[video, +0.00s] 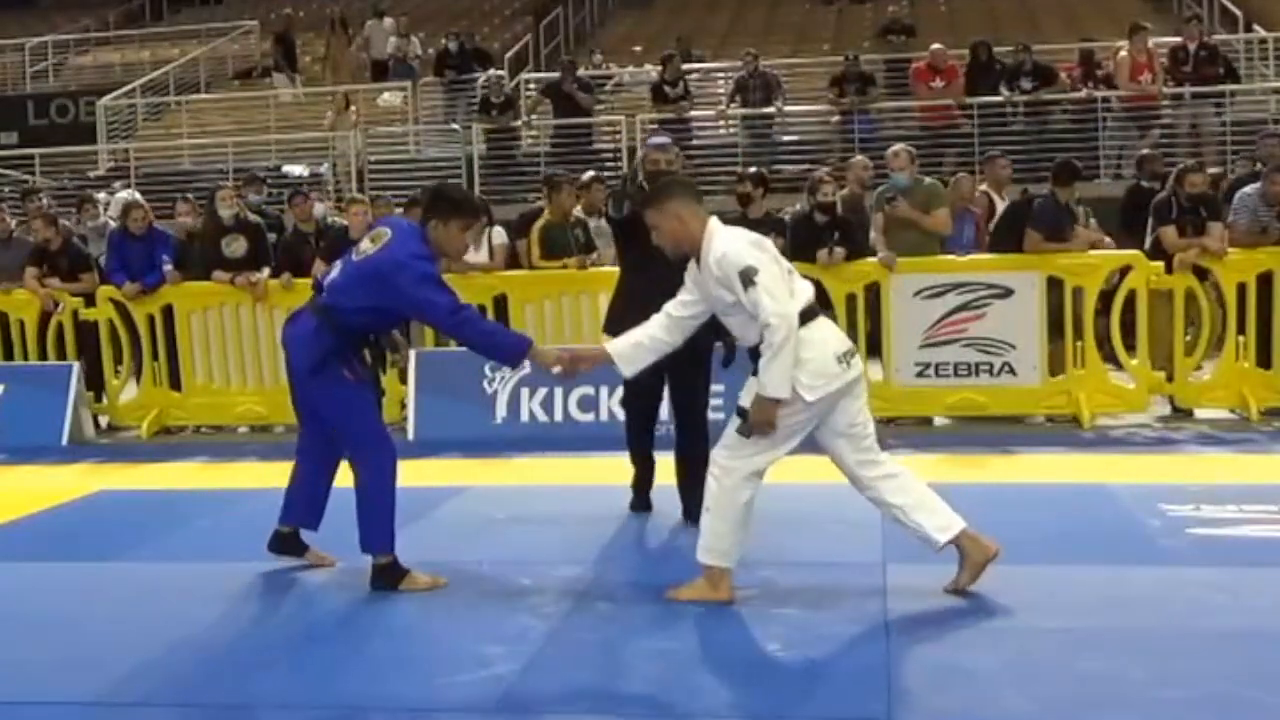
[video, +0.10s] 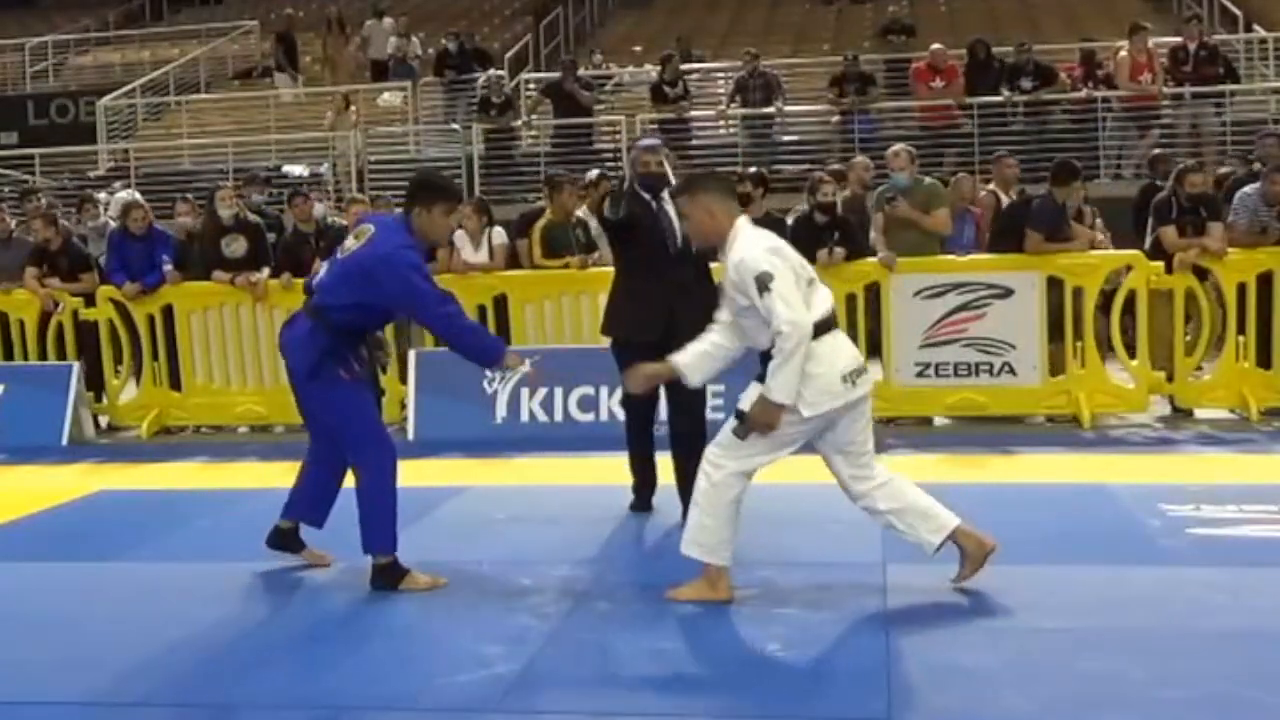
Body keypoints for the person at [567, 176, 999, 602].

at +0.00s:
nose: (657, 237)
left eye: (657, 226)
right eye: (653, 229)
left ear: (683, 215)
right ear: (684, 218)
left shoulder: (733, 248)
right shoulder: (706, 265)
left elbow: (781, 318)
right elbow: (670, 324)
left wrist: (768, 395)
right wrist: (601, 354)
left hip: (806, 364)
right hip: (833, 355)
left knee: (731, 464)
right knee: (868, 466)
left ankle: (715, 577)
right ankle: (969, 542)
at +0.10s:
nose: (687, 231)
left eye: (688, 219)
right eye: (684, 221)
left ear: (711, 212)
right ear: (715, 211)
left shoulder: (751, 254)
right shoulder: (745, 253)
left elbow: (793, 326)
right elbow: (729, 334)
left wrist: (772, 399)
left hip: (812, 377)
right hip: (843, 368)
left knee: (722, 462)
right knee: (863, 478)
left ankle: (714, 578)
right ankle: (967, 541)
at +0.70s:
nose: (919, 127)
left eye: (924, 116)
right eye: (919, 116)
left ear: (951, 117)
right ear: (968, 117)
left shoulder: (953, 180)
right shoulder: (1020, 169)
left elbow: (979, 261)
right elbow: (1057, 245)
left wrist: (975, 341)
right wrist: (1051, 311)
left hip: (1004, 317)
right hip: (1044, 307)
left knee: (1013, 440)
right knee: (1043, 431)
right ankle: (1086, 544)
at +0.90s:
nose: (966, 131)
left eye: (974, 121)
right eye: (969, 120)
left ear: (999, 127)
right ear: (1015, 128)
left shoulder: (1010, 192)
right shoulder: (1054, 179)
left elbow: (1039, 280)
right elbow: (1094, 259)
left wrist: (1049, 360)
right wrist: (1095, 332)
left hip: (1042, 342)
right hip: (1083, 335)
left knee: (1056, 457)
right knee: (1107, 441)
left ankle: (1119, 572)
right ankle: (1173, 551)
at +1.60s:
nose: (1005, 143)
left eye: (1011, 132)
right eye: (1006, 132)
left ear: (1039, 135)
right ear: (1056, 135)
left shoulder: (1055, 198)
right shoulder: (1092, 190)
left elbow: (1068, 292)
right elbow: (1119, 284)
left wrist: (1047, 374)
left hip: (1085, 363)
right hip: (1115, 358)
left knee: (1062, 481)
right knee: (1103, 475)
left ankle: (1125, 594)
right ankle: (1151, 583)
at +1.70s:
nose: (994, 131)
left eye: (1000, 120)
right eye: (996, 120)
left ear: (1028, 124)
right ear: (1045, 124)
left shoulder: (1047, 186)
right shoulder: (1080, 179)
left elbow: (1075, 276)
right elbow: (1118, 265)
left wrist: (1059, 359)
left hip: (1082, 353)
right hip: (1110, 351)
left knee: (1044, 469)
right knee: (1102, 462)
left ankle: (1118, 576)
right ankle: (1146, 573)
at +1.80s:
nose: (981, 124)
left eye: (985, 112)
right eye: (981, 113)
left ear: (1012, 112)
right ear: (1032, 112)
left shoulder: (1036, 167)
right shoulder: (1070, 163)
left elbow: (1078, 248)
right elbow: (1115, 248)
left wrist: (1060, 328)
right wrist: (1092, 310)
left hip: (1071, 330)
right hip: (1103, 326)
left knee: (1040, 451)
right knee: (1094, 447)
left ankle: (1106, 573)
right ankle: (1137, 562)